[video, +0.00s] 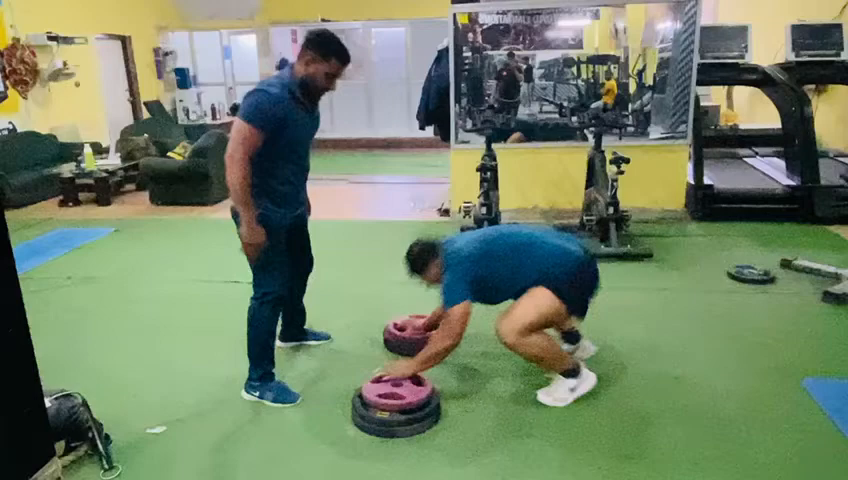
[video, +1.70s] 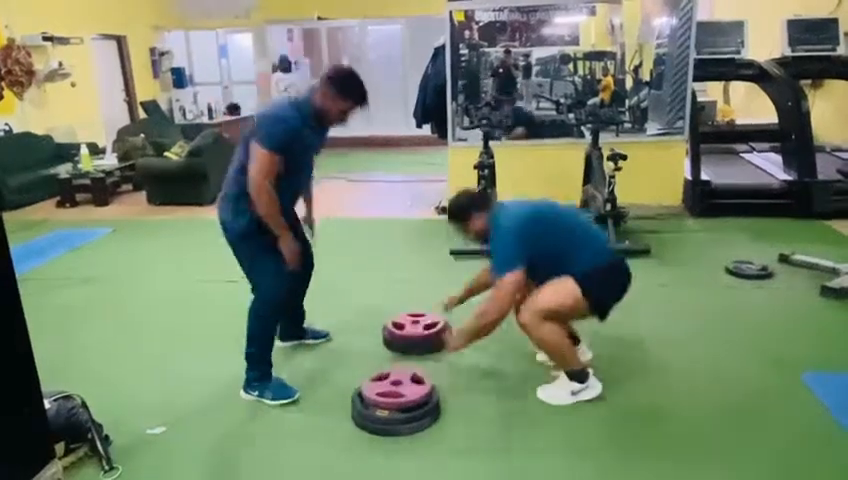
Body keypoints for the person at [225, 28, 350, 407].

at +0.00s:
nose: (333, 84)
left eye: (337, 77)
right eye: (329, 75)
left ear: (316, 66)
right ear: (307, 61)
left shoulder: (307, 100)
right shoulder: (267, 98)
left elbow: (291, 157)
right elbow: (236, 156)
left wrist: (299, 201)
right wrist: (248, 221)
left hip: (294, 212)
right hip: (263, 215)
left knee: (299, 269)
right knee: (270, 291)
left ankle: (293, 330)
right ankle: (259, 379)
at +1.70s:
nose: (345, 116)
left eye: (349, 111)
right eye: (344, 109)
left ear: (331, 97)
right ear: (325, 94)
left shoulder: (316, 122)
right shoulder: (280, 118)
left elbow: (301, 167)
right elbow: (258, 184)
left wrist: (308, 206)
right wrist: (283, 235)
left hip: (276, 207)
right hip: (242, 211)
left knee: (301, 261)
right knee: (272, 285)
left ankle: (291, 328)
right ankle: (257, 379)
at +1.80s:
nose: (360, 157)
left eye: (364, 151)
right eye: (360, 149)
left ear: (344, 135)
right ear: (343, 134)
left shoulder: (325, 154)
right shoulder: (299, 157)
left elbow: (323, 199)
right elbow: (283, 226)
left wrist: (337, 243)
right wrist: (316, 282)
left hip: (272, 222)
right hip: (241, 230)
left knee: (314, 266)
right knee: (288, 296)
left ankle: (294, 330)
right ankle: (258, 382)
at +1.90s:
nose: (371, 199)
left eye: (375, 193)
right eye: (371, 191)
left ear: (355, 176)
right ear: (357, 180)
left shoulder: (336, 196)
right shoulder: (313, 201)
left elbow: (351, 239)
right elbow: (312, 273)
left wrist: (373, 278)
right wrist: (346, 323)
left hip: (273, 251)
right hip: (246, 261)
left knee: (328, 275)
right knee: (299, 311)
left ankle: (298, 331)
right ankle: (258, 384)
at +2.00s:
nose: (382, 239)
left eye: (387, 234)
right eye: (383, 231)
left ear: (370, 214)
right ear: (370, 218)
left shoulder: (352, 223)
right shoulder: (327, 236)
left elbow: (371, 267)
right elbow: (335, 314)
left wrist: (401, 307)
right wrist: (374, 354)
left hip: (283, 273)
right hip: (256, 287)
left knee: (340, 283)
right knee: (310, 325)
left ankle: (311, 335)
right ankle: (260, 384)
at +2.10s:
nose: (402, 270)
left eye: (406, 265)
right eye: (404, 264)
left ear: (393, 243)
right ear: (393, 249)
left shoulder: (373, 243)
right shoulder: (348, 255)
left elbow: (379, 283)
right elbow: (341, 328)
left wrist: (403, 317)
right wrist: (379, 376)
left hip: (290, 279)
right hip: (267, 288)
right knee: (320, 331)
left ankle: (291, 335)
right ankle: (262, 382)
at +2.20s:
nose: (415, 296)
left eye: (420, 293)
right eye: (418, 290)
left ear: (415, 264)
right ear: (413, 276)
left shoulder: (391, 252)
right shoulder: (370, 269)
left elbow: (386, 286)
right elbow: (342, 335)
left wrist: (403, 317)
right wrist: (379, 377)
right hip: (276, 265)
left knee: (333, 298)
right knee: (319, 324)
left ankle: (294, 329)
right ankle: (262, 379)